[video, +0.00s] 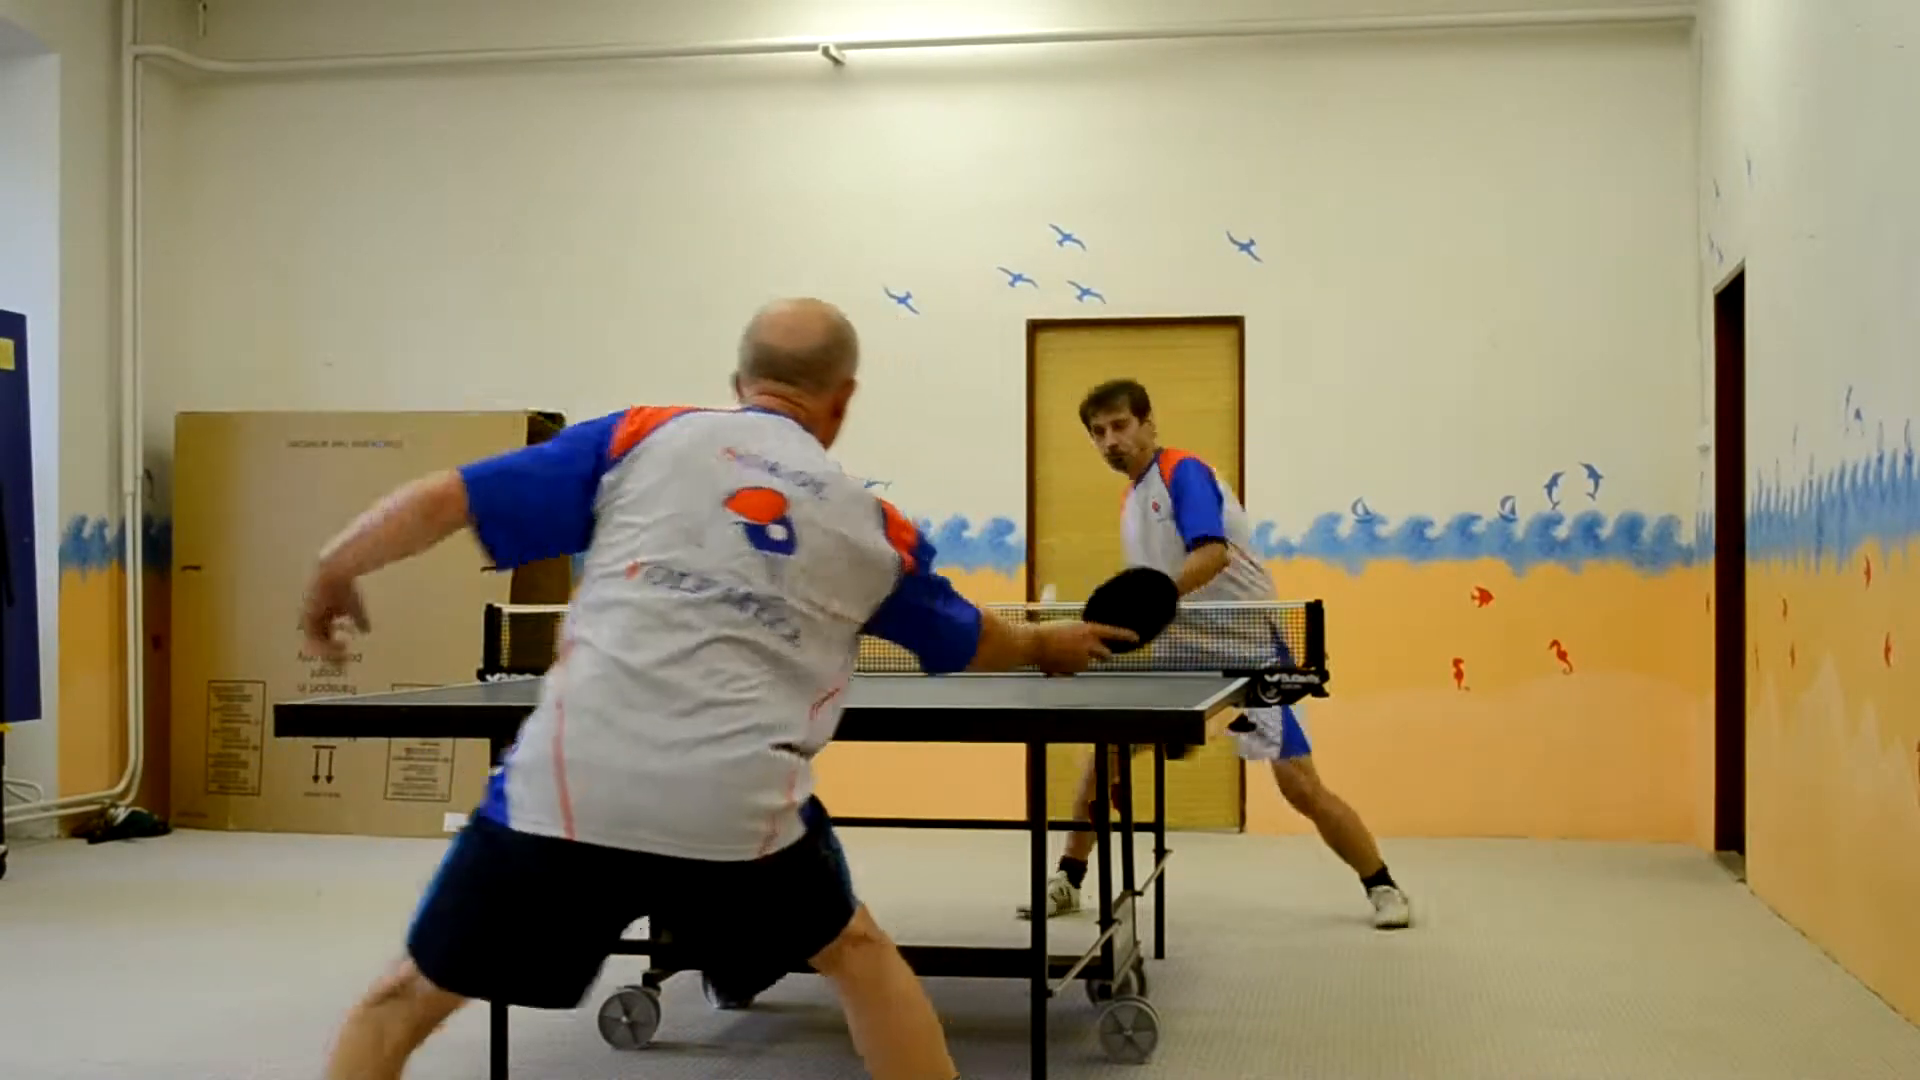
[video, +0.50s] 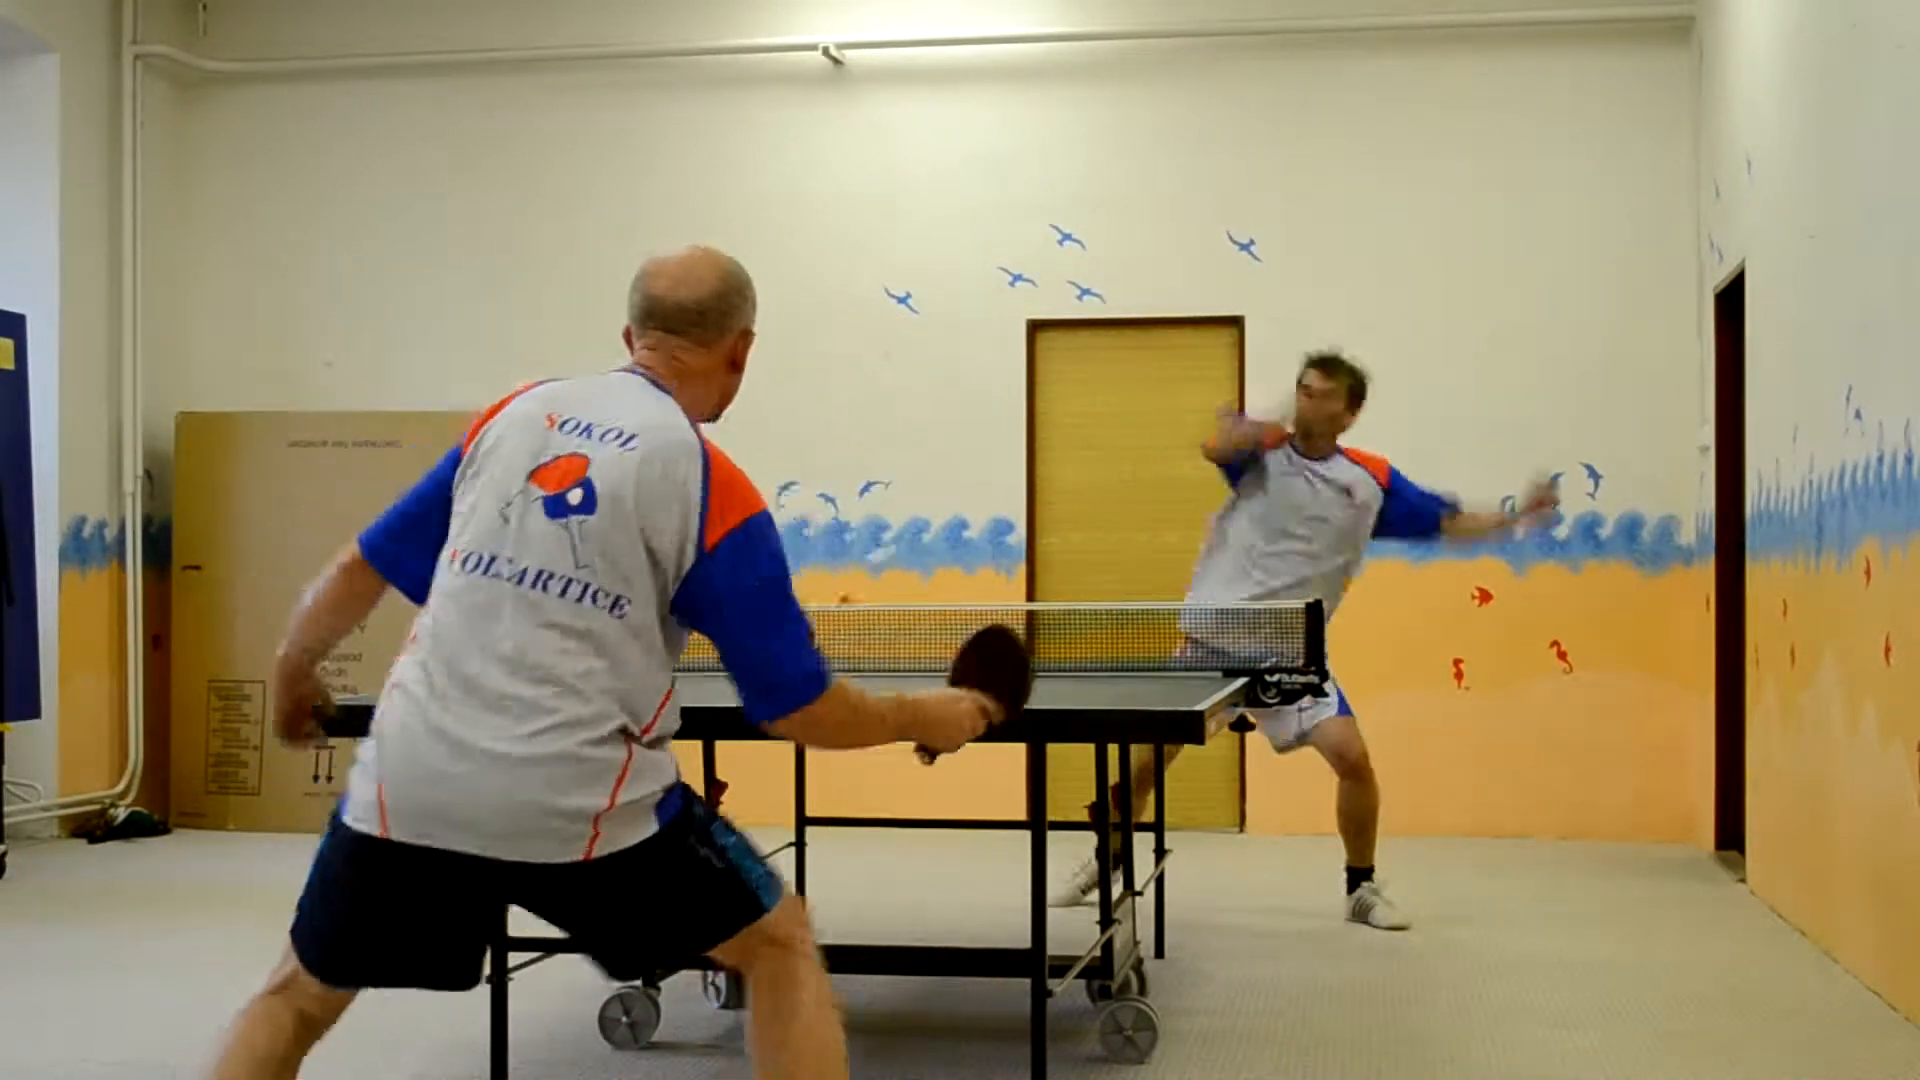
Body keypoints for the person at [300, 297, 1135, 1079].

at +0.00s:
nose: (849, 407)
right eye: (851, 394)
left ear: (738, 371)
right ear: (841, 401)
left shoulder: (636, 438)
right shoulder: (868, 525)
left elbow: (442, 501)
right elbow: (975, 643)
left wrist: (333, 571)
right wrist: (1048, 641)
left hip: (561, 806)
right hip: (739, 822)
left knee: (405, 999)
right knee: (863, 963)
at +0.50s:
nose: (744, 370)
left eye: (742, 351)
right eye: (744, 352)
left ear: (631, 333)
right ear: (734, 352)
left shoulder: (510, 419)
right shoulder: (710, 486)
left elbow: (365, 566)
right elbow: (804, 711)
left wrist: (291, 672)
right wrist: (928, 716)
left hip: (406, 801)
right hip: (590, 817)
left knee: (294, 1000)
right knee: (780, 948)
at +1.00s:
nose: (649, 145)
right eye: (652, 128)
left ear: (519, 143)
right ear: (647, 138)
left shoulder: (439, 291)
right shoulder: (704, 309)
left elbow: (348, 483)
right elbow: (856, 498)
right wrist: (1007, 552)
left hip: (483, 728)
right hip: (674, 726)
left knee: (423, 956)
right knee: (820, 965)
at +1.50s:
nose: (741, 123)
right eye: (752, 110)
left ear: (610, 101)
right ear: (751, 100)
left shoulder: (508, 201)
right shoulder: (808, 201)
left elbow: (427, 473)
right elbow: (859, 473)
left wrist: (435, 680)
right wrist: (912, 698)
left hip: (509, 688)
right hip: (722, 696)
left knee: (538, 1030)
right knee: (750, 1030)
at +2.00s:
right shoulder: (794, 558)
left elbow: (602, 984)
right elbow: (864, 632)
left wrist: (630, 1072)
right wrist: (906, 911)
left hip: (392, 731)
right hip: (621, 715)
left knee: (489, 1034)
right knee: (734, 1044)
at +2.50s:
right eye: (751, 222)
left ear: (624, 226)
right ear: (750, 225)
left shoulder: (538, 291)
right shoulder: (764, 265)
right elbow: (824, 457)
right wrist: (843, 712)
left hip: (411, 648)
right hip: (615, 650)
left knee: (506, 1026)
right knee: (717, 1020)